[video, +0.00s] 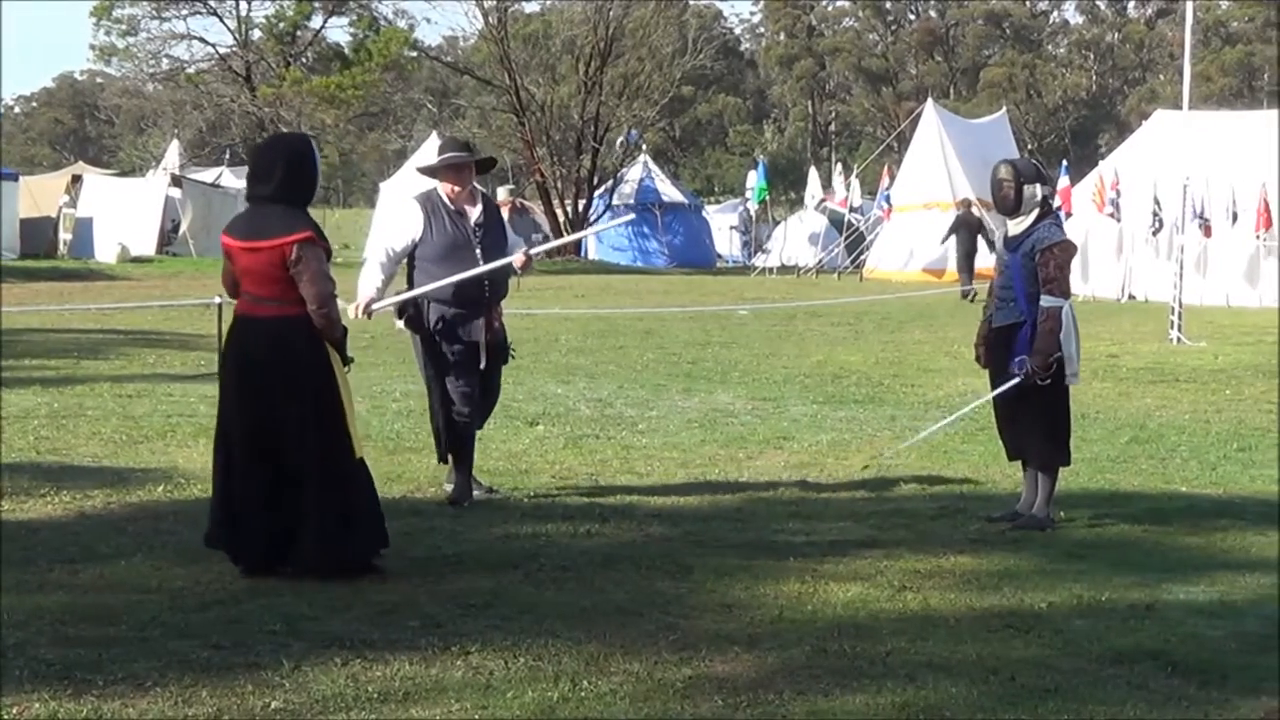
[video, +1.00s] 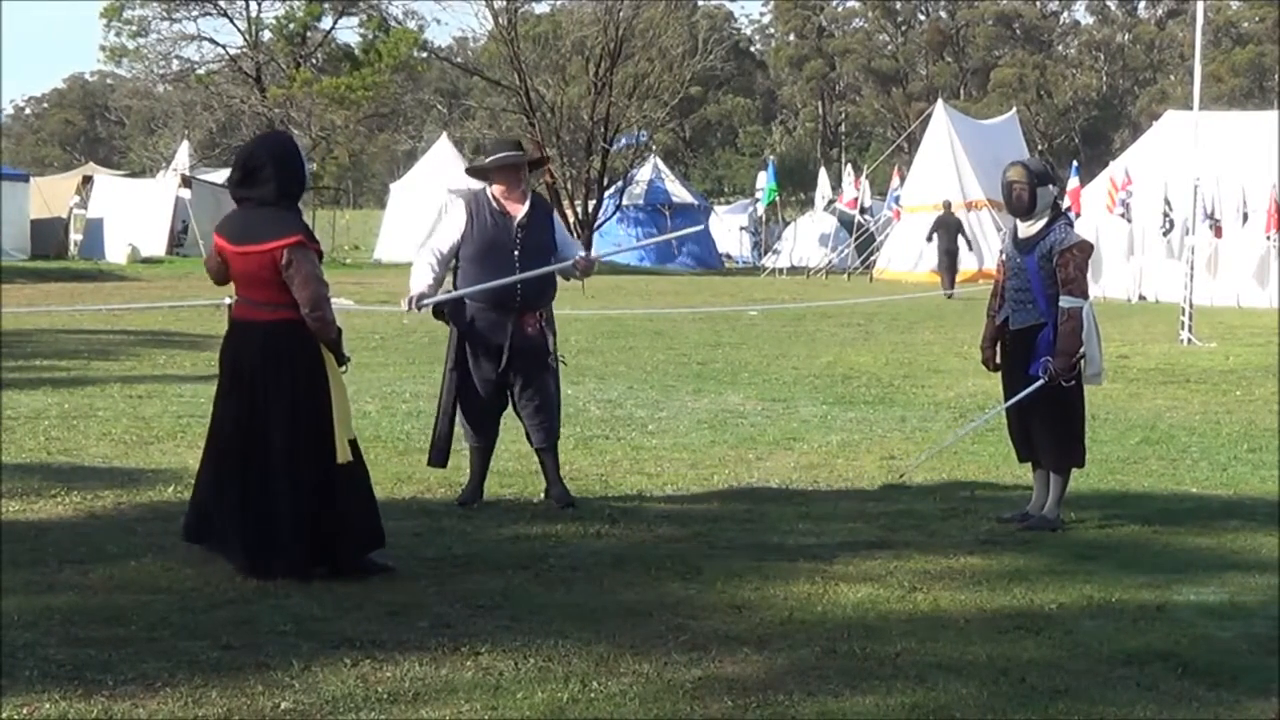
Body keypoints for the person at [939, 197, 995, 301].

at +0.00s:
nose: (960, 208)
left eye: (961, 206)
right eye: (961, 206)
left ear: (962, 206)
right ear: (971, 206)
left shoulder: (960, 218)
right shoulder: (977, 220)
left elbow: (951, 230)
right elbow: (985, 234)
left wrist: (944, 239)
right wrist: (991, 246)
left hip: (962, 248)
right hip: (973, 248)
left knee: (962, 269)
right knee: (970, 269)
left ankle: (970, 288)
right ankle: (965, 290)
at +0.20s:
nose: (959, 205)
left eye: (959, 203)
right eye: (962, 202)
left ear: (958, 203)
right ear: (967, 203)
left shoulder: (956, 215)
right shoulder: (973, 216)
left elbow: (950, 230)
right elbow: (978, 232)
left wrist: (945, 239)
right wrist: (974, 242)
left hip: (957, 247)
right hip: (969, 247)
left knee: (952, 266)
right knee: (969, 269)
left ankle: (958, 288)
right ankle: (967, 289)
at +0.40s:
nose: (961, 208)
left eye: (959, 206)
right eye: (965, 206)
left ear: (957, 206)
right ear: (966, 206)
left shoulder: (954, 218)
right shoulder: (972, 218)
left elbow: (950, 232)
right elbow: (978, 231)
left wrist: (945, 241)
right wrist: (969, 232)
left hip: (956, 247)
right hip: (968, 248)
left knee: (953, 270)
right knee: (970, 270)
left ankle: (950, 291)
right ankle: (972, 292)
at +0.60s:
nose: (952, 207)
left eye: (951, 205)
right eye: (954, 205)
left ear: (950, 206)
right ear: (958, 205)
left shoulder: (947, 218)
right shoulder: (965, 217)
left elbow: (942, 233)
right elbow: (971, 230)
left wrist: (938, 243)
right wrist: (973, 240)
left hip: (950, 248)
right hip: (960, 248)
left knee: (948, 271)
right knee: (962, 270)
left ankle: (949, 292)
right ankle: (966, 289)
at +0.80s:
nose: (948, 206)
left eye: (948, 204)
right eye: (950, 203)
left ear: (946, 205)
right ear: (954, 204)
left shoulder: (942, 217)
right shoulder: (961, 217)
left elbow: (934, 229)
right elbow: (969, 231)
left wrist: (931, 237)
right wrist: (972, 243)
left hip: (946, 248)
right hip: (956, 247)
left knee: (947, 269)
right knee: (956, 269)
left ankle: (948, 290)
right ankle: (954, 291)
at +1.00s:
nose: (946, 208)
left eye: (945, 206)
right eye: (948, 206)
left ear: (943, 207)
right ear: (951, 207)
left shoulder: (939, 219)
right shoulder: (956, 219)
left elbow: (932, 229)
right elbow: (964, 233)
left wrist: (929, 237)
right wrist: (969, 245)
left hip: (943, 247)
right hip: (953, 247)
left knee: (944, 268)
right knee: (952, 268)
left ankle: (947, 289)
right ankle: (951, 289)